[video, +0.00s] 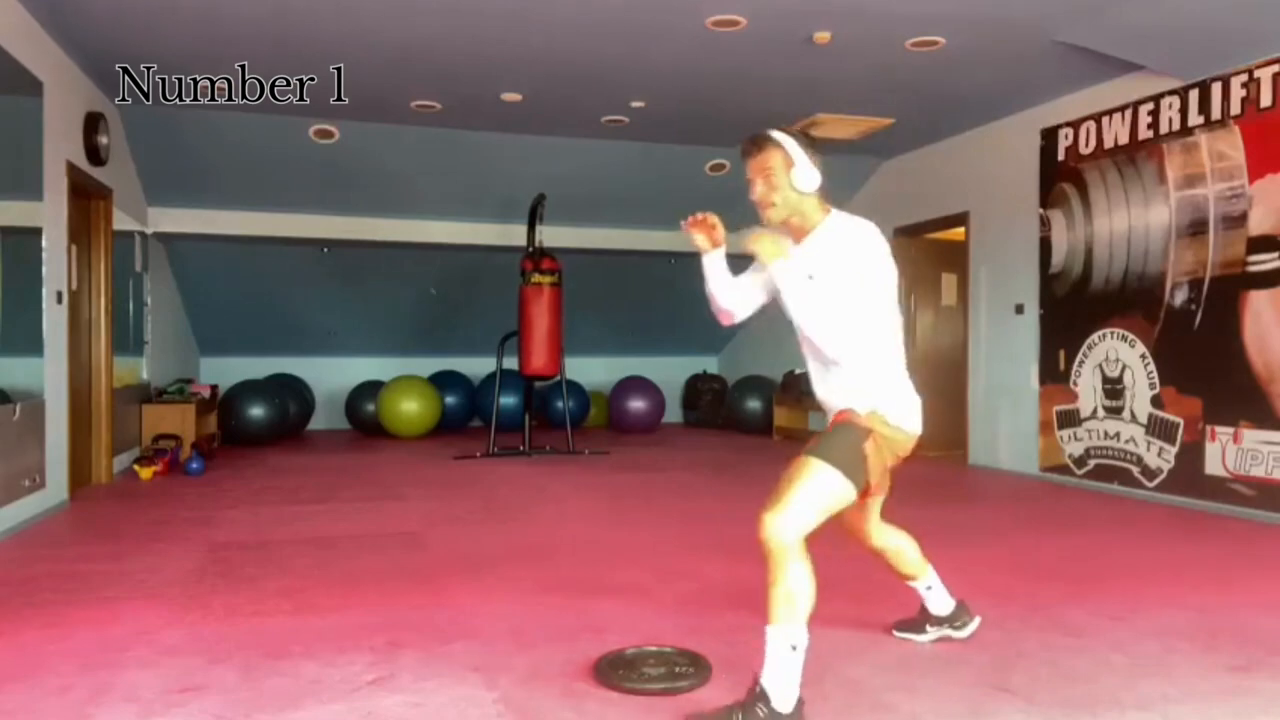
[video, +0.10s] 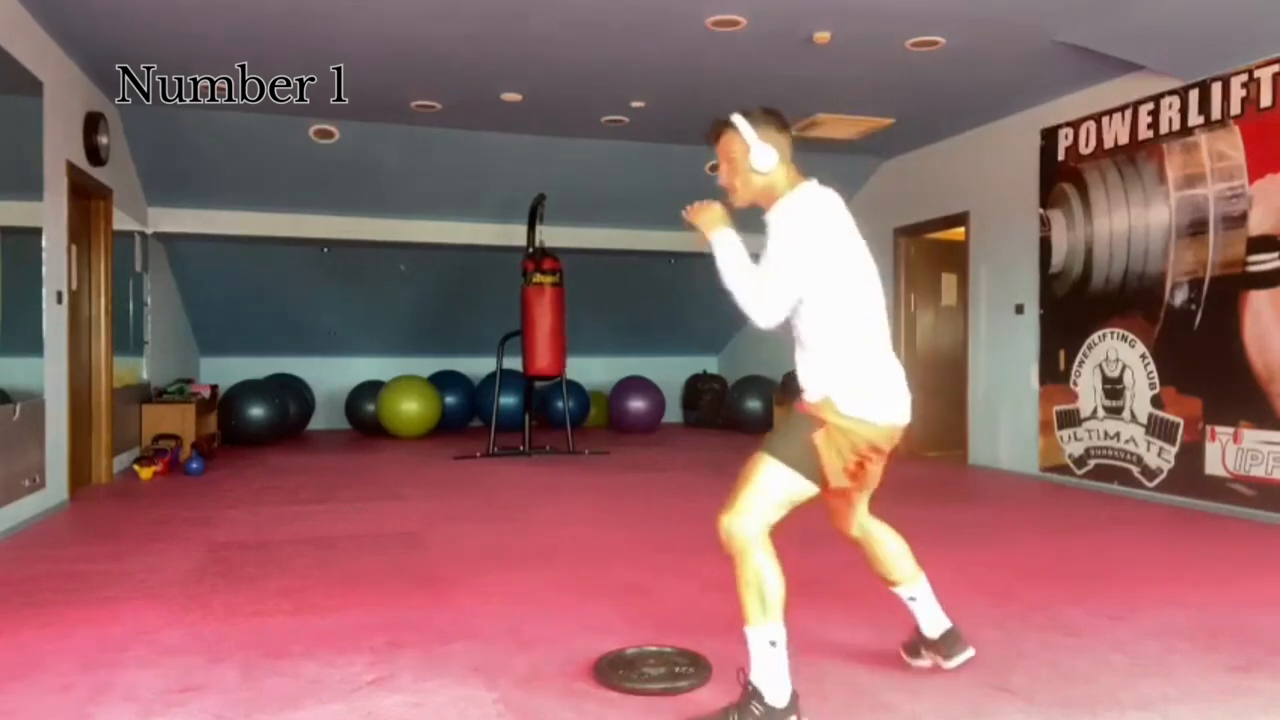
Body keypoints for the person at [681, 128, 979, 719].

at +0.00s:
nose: (756, 195)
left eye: (766, 180)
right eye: (752, 184)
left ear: (799, 178)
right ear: (757, 189)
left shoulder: (859, 238)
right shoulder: (787, 249)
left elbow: (849, 337)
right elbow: (732, 309)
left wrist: (782, 262)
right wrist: (713, 254)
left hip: (882, 412)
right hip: (847, 411)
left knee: (781, 526)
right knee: (867, 525)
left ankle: (778, 696)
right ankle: (947, 611)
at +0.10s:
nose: (720, 176)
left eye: (724, 163)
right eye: (719, 165)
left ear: (755, 158)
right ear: (772, 158)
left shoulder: (796, 215)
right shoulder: (822, 203)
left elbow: (766, 306)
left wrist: (720, 235)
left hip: (840, 405)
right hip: (882, 404)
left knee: (742, 524)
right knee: (854, 517)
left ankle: (771, 693)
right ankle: (941, 633)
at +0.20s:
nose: (719, 171)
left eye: (720, 156)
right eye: (715, 159)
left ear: (746, 145)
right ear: (781, 144)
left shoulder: (765, 198)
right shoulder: (843, 191)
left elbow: (728, 291)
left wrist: (698, 226)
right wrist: (746, 212)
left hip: (810, 392)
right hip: (881, 397)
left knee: (706, 505)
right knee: (855, 521)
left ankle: (735, 675)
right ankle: (923, 649)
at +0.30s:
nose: (721, 176)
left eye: (724, 163)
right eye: (720, 163)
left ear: (749, 159)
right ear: (786, 158)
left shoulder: (740, 212)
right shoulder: (852, 209)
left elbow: (687, 302)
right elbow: (839, 289)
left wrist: (681, 242)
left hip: (771, 408)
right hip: (858, 413)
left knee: (681, 539)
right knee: (882, 559)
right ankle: (926, 704)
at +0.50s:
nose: (672, 184)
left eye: (673, 173)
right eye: (673, 173)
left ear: (687, 171)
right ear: (736, 175)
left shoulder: (660, 225)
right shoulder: (794, 229)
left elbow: (625, 329)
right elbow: (782, 314)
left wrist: (674, 269)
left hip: (676, 432)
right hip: (774, 436)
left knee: (618, 552)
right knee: (850, 568)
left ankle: (576, 706)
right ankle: (918, 709)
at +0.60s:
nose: (718, 170)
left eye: (639, 160)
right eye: (718, 161)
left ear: (646, 158)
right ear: (712, 158)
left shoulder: (606, 201)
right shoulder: (730, 194)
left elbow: (584, 304)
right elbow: (747, 306)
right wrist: (707, 237)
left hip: (595, 404)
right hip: (685, 398)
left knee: (601, 543)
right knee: (785, 548)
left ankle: (572, 703)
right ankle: (847, 707)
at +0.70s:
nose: (685, 151)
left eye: (685, 143)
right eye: (687, 141)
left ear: (614, 134)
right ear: (677, 133)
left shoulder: (568, 181)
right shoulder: (675, 173)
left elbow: (547, 271)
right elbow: (705, 283)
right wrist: (682, 193)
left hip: (532, 393)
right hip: (609, 389)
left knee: (590, 530)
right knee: (707, 536)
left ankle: (559, 694)